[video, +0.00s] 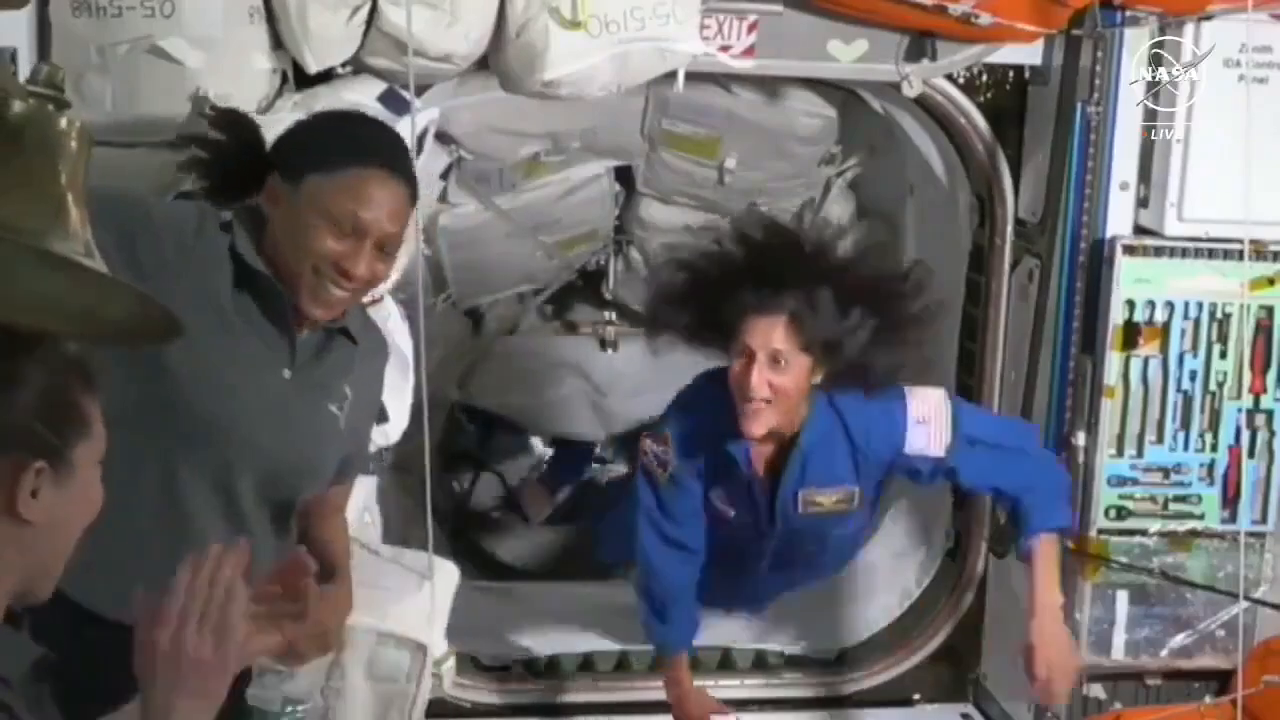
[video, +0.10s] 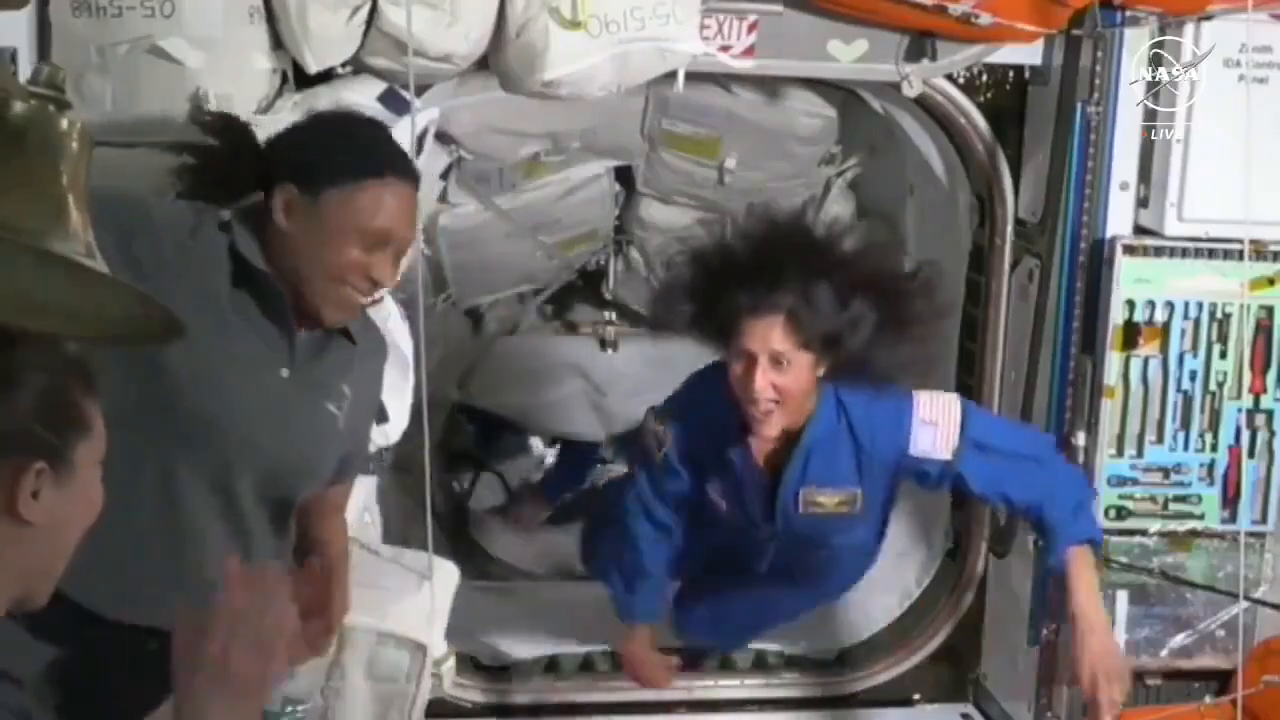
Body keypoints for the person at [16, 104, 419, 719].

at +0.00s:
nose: (361, 266)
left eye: (385, 249)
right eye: (344, 231)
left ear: (399, 254)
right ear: (274, 196)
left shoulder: (361, 352)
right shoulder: (154, 242)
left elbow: (325, 507)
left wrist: (338, 596)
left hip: (217, 651)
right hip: (74, 621)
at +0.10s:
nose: (387, 275)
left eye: (400, 255)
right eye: (372, 245)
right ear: (289, 208)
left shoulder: (360, 353)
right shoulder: (159, 245)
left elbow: (325, 504)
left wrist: (325, 590)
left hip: (222, 646)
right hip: (74, 619)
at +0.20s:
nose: (401, 281)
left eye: (408, 254)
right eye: (392, 250)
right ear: (309, 221)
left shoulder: (357, 348)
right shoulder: (143, 248)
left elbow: (324, 505)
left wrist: (329, 591)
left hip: (228, 658)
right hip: (76, 634)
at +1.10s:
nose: (367, 263)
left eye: (380, 240)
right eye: (349, 231)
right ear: (262, 205)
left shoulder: (346, 342)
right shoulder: (139, 248)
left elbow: (326, 500)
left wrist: (365, 559)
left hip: (223, 664)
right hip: (86, 645)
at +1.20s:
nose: (322, 247)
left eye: (351, 229)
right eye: (304, 211)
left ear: (370, 239)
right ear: (246, 192)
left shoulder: (349, 345)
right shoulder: (145, 250)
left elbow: (332, 503)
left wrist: (363, 554)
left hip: (222, 654)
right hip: (85, 634)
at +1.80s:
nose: (315, 240)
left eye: (344, 222)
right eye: (295, 205)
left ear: (365, 235)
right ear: (240, 192)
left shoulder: (356, 353)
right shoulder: (163, 239)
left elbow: (351, 517)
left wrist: (349, 566)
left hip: (216, 622)